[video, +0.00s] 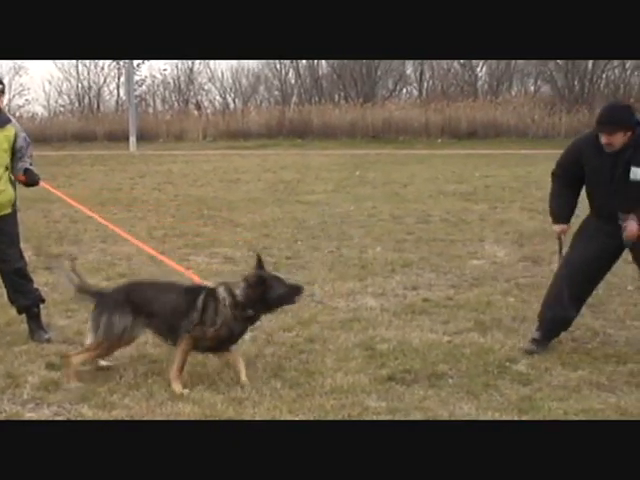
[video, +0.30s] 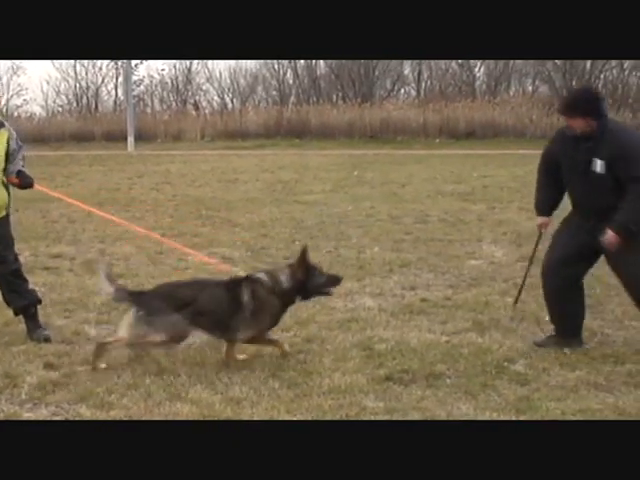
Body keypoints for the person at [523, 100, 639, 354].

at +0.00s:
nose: (604, 139)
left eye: (611, 134)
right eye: (602, 133)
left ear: (628, 134)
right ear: (597, 130)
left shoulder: (635, 155)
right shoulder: (586, 148)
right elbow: (564, 177)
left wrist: (637, 221)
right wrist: (561, 217)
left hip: (635, 224)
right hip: (604, 222)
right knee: (574, 270)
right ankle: (545, 331)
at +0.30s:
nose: (567, 123)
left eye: (572, 118)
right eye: (566, 118)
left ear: (589, 119)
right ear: (575, 118)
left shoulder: (625, 143)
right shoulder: (564, 141)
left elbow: (636, 190)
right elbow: (550, 174)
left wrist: (619, 228)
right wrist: (544, 211)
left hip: (623, 225)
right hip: (583, 220)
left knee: (636, 282)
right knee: (556, 269)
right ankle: (567, 335)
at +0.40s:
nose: (543, 119)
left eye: (548, 113)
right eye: (543, 113)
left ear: (565, 111)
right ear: (561, 112)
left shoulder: (605, 132)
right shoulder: (551, 135)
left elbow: (616, 177)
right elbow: (543, 171)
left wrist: (589, 209)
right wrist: (537, 206)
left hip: (607, 218)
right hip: (570, 214)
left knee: (626, 283)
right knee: (545, 268)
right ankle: (564, 332)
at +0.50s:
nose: (526, 126)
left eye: (528, 121)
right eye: (525, 121)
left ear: (543, 117)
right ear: (541, 117)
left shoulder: (575, 132)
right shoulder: (549, 134)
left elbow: (570, 178)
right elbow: (546, 171)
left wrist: (527, 186)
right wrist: (536, 205)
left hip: (594, 217)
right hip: (561, 215)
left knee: (604, 281)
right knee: (530, 260)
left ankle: (636, 340)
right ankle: (538, 324)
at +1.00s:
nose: (528, 136)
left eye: (532, 129)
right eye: (526, 130)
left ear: (552, 123)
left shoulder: (593, 139)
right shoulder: (532, 143)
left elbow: (603, 185)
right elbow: (525, 179)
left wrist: (563, 210)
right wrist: (523, 215)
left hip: (596, 221)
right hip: (554, 220)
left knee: (609, 287)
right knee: (522, 268)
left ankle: (634, 352)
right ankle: (516, 324)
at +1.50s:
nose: (555, 134)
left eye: (561, 129)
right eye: (552, 128)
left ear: (578, 124)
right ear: (547, 121)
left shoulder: (605, 140)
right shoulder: (536, 135)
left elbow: (616, 182)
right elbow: (517, 170)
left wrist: (570, 203)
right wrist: (513, 210)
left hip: (595, 224)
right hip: (549, 222)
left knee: (611, 285)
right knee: (519, 275)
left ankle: (632, 352)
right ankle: (502, 338)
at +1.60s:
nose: (569, 128)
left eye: (576, 123)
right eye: (566, 122)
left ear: (593, 121)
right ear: (562, 115)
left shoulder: (616, 144)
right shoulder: (545, 133)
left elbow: (632, 188)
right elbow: (520, 164)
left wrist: (605, 217)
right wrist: (509, 204)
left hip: (594, 225)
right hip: (549, 220)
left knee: (611, 287)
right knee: (518, 270)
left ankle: (632, 353)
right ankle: (500, 335)